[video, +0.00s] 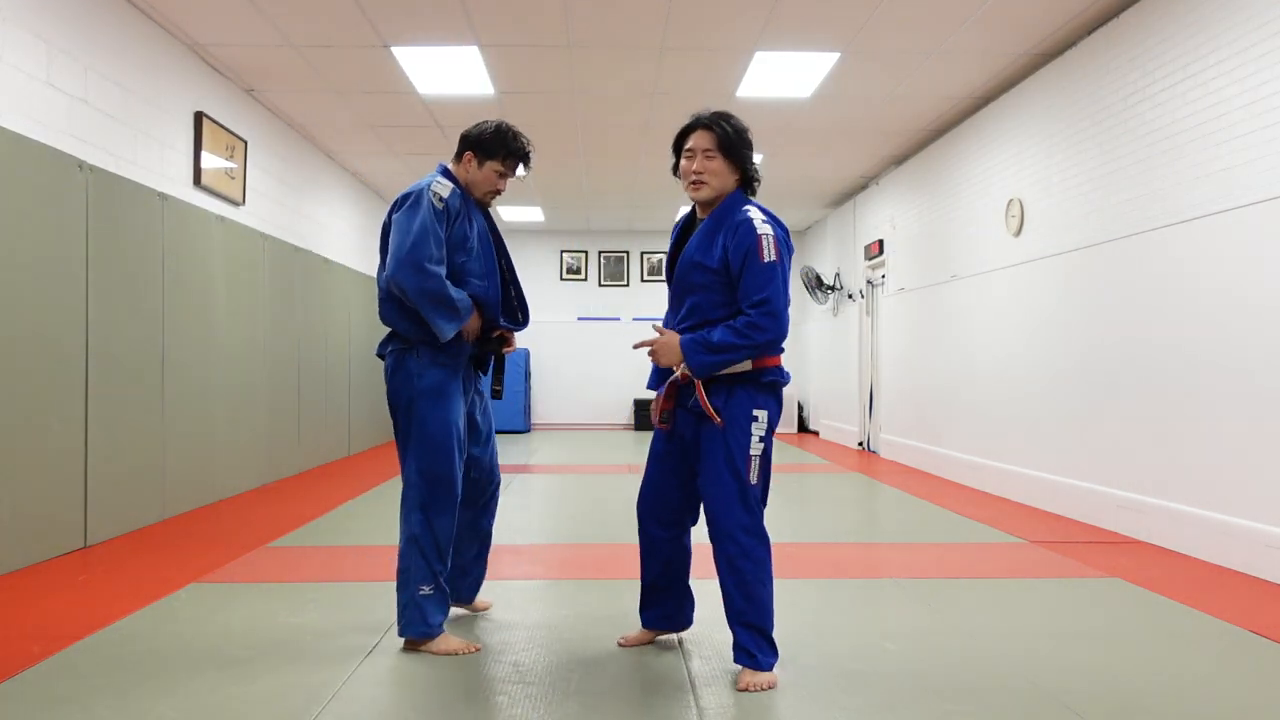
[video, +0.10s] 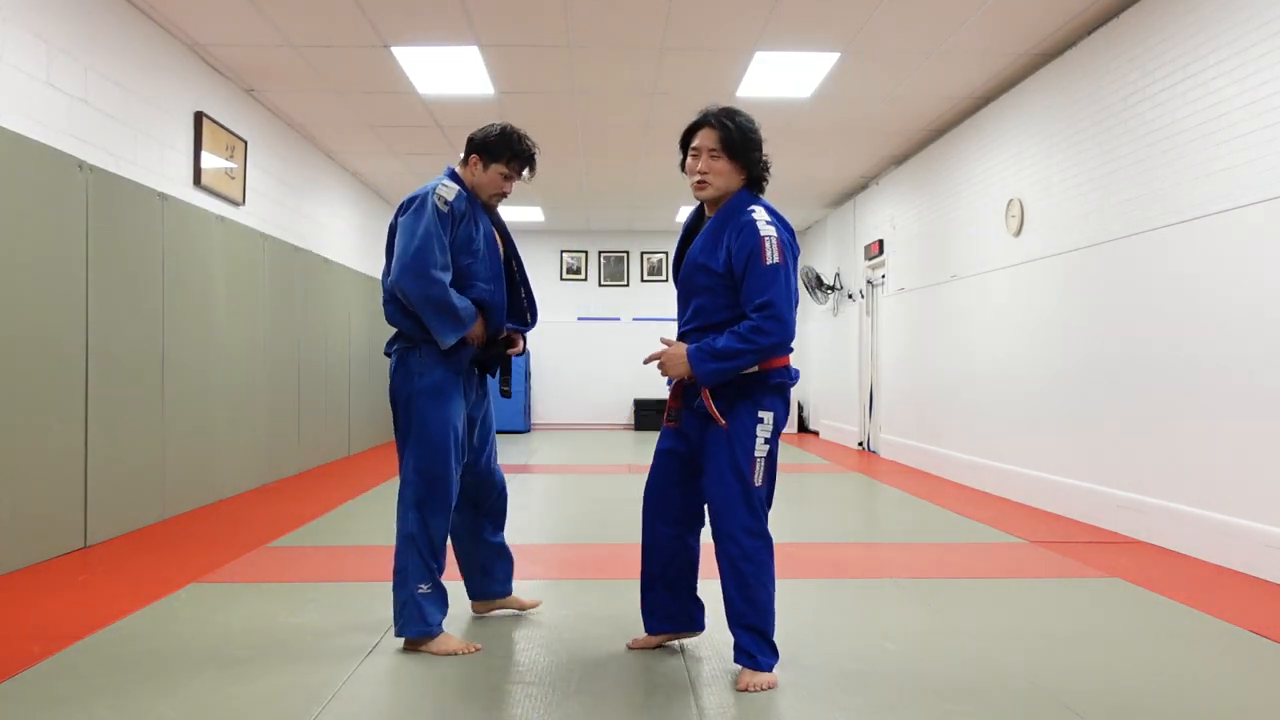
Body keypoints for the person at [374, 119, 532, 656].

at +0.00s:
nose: (504, 187)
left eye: (509, 178)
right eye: (500, 175)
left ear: (480, 168)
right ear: (469, 160)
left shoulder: (473, 213)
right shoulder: (429, 198)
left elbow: (479, 285)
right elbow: (410, 273)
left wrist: (496, 326)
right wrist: (463, 314)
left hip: (464, 367)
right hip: (426, 367)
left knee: (480, 479)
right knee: (434, 488)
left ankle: (456, 587)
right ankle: (420, 627)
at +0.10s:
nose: (509, 190)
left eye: (515, 180)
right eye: (505, 177)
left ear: (491, 172)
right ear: (473, 162)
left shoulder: (482, 217)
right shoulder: (432, 204)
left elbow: (495, 288)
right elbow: (415, 278)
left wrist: (510, 329)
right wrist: (469, 320)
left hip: (468, 368)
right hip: (429, 367)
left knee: (481, 485)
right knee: (430, 493)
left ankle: (490, 593)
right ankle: (419, 627)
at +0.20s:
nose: (517, 190)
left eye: (523, 181)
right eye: (513, 178)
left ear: (507, 176)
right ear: (483, 164)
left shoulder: (497, 220)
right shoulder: (441, 204)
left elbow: (514, 290)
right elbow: (422, 280)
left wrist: (520, 331)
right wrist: (471, 328)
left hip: (478, 369)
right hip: (436, 366)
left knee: (488, 487)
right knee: (429, 493)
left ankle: (502, 597)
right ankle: (418, 626)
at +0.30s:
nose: (528, 190)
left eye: (534, 181)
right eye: (524, 177)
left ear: (529, 179)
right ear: (497, 164)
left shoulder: (510, 220)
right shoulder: (452, 204)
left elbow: (528, 289)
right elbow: (432, 282)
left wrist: (529, 331)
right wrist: (477, 331)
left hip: (498, 374)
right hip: (449, 370)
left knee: (497, 489)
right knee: (434, 494)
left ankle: (500, 599)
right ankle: (419, 625)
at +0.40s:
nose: (538, 190)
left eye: (545, 182)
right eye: (533, 177)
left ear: (543, 181)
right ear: (508, 165)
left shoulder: (527, 221)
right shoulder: (466, 203)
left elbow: (544, 288)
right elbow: (434, 275)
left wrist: (541, 332)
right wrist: (482, 326)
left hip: (507, 373)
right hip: (456, 368)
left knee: (503, 487)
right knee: (441, 491)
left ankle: (500, 599)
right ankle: (423, 623)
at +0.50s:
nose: (546, 190)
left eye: (553, 183)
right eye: (542, 178)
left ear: (551, 183)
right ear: (517, 167)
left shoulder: (535, 223)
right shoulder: (474, 204)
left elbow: (556, 287)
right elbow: (434, 271)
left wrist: (549, 333)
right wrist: (484, 317)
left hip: (512, 374)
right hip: (464, 368)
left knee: (506, 488)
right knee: (449, 488)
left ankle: (500, 599)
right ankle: (431, 620)